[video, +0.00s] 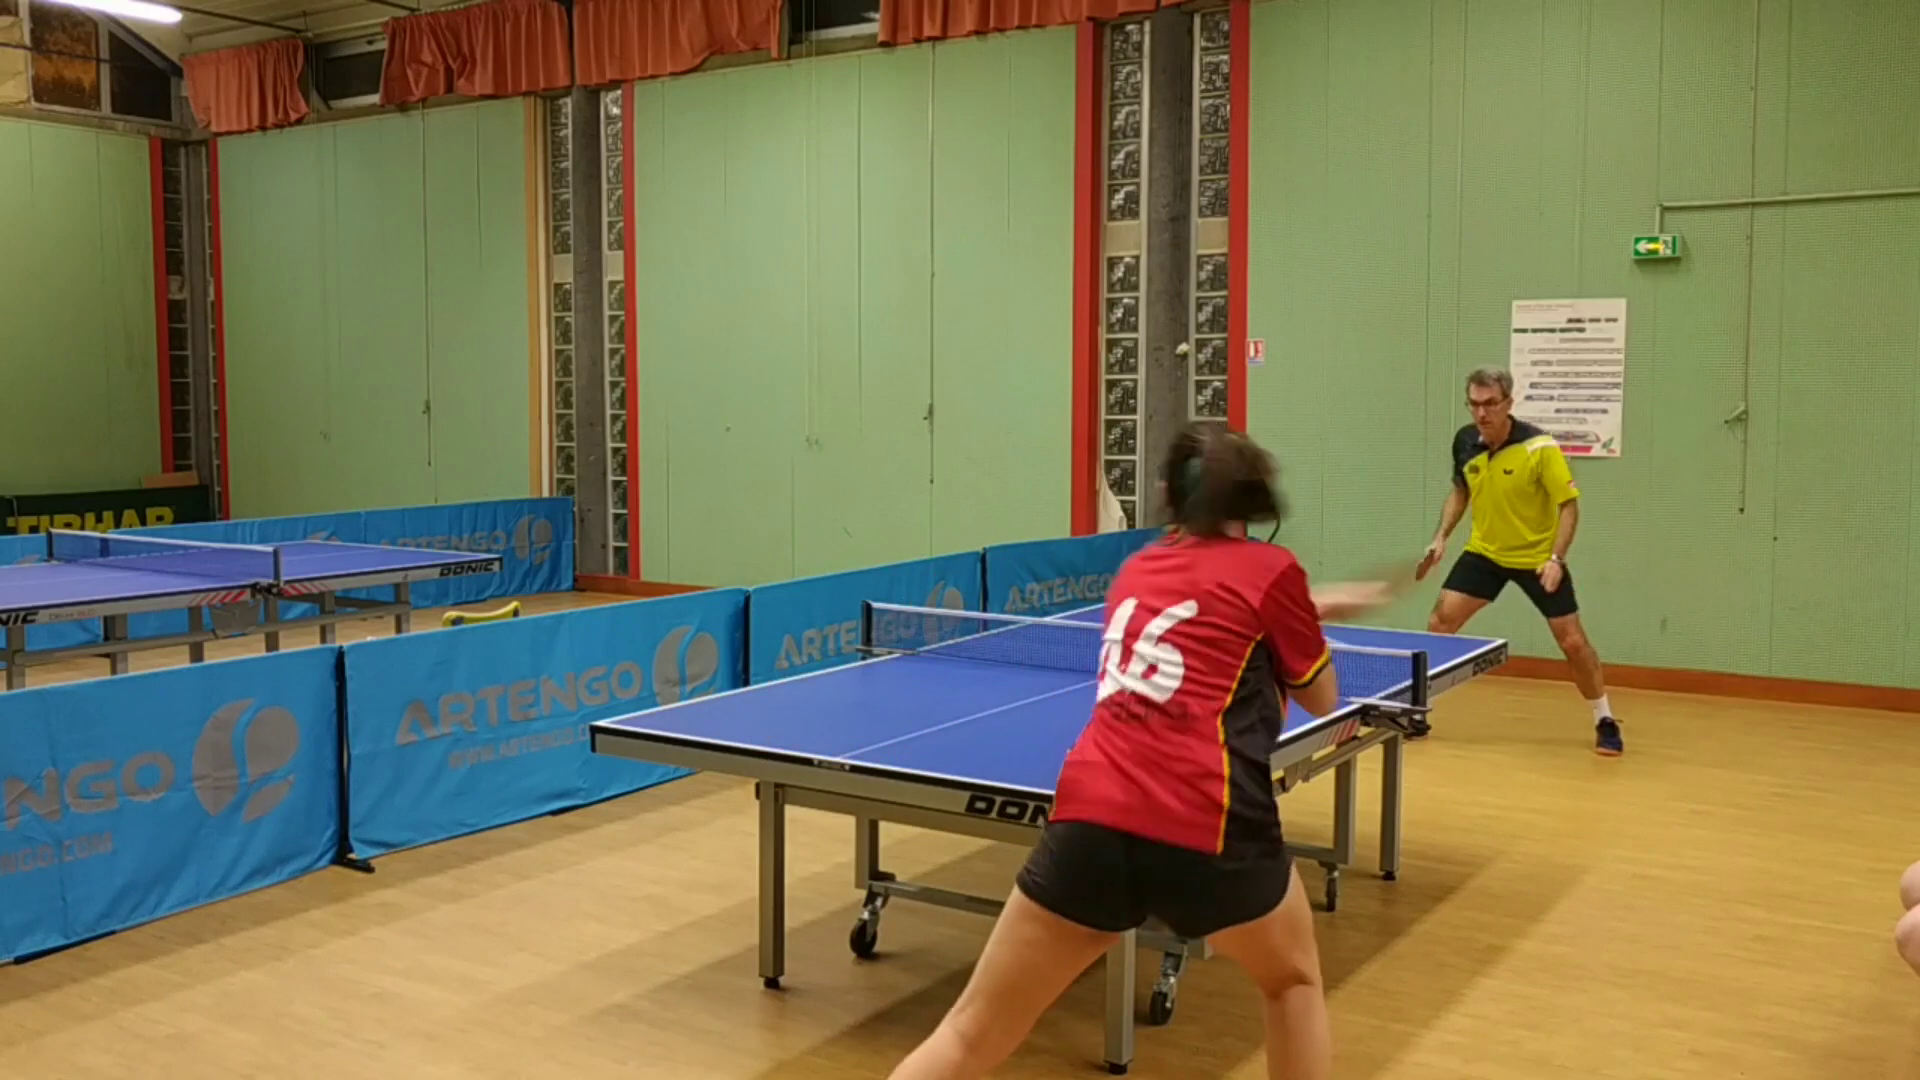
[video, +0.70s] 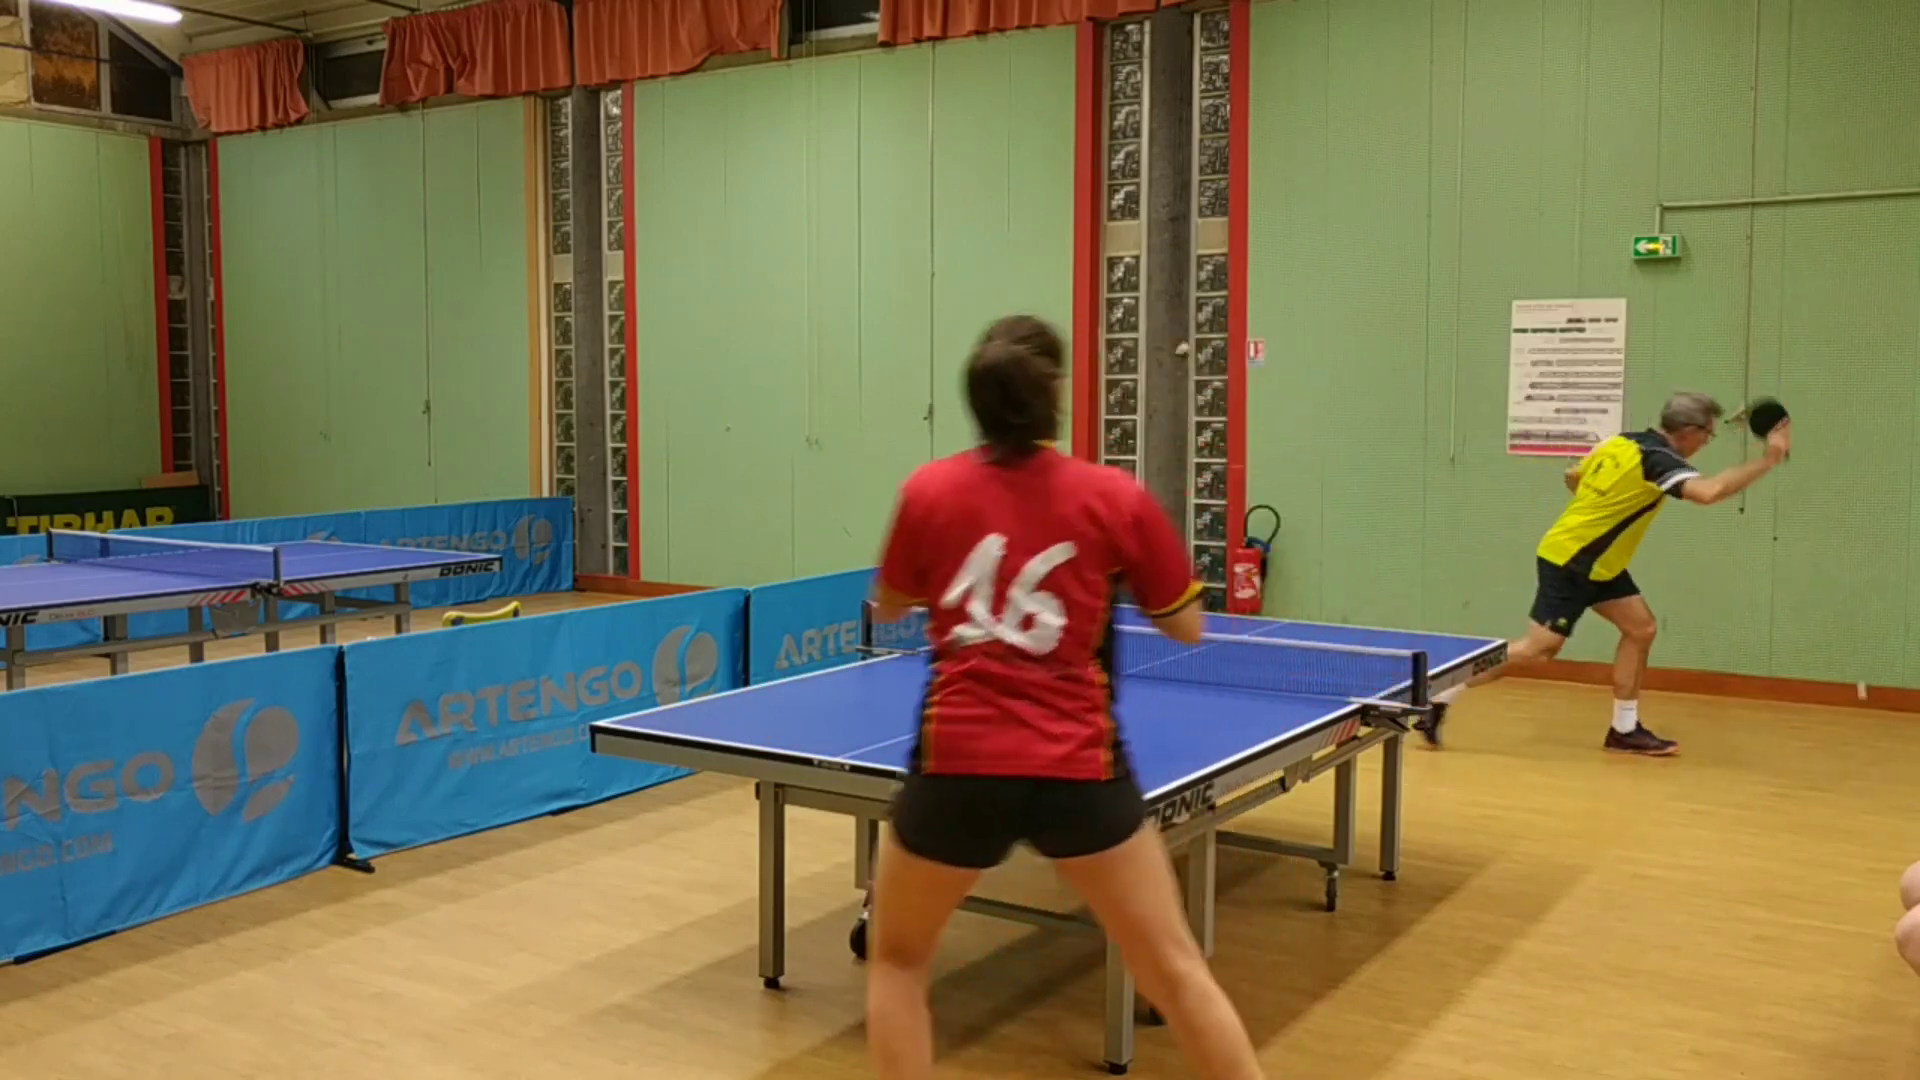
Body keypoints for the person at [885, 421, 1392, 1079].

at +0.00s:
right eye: (1249, 486)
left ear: (1172, 497)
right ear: (1249, 499)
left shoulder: (1138, 566)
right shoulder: (1273, 571)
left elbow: (1206, 623)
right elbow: (1319, 696)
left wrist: (1313, 606)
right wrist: (1274, 631)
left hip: (1091, 828)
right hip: (1213, 837)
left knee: (966, 1037)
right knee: (1291, 985)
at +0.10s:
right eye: (1305, 493)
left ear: (1226, 498)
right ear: (1297, 505)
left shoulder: (1180, 563)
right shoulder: (1297, 564)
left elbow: (1331, 657)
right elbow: (1347, 712)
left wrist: (1453, 622)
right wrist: (1319, 719)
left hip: (1095, 793)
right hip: (1211, 808)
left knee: (975, 1011)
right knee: (1299, 983)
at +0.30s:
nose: (1314, 446)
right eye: (1309, 436)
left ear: (1226, 446)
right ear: (1301, 448)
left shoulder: (1182, 509)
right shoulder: (1312, 525)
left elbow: (1247, 650)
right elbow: (1353, 682)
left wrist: (1373, 672)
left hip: (1092, 749)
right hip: (1209, 770)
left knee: (983, 965)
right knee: (1284, 977)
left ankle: (890, 1074)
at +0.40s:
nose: (1280, 411)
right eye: (1275, 400)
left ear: (1189, 411)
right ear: (1267, 414)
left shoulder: (1143, 481)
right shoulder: (1293, 502)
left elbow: (1191, 595)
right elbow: (1339, 653)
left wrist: (1322, 642)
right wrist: (1266, 621)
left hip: (1082, 740)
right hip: (1202, 761)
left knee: (976, 944)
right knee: (1268, 974)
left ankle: (888, 1077)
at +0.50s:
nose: (1227, 381)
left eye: (1222, 370)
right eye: (1222, 372)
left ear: (1128, 392)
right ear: (1212, 391)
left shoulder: (1084, 468)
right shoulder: (1252, 486)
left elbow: (1100, 575)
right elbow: (1303, 623)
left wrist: (1224, 571)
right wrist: (1231, 571)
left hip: (1056, 736)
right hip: (1180, 752)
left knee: (960, 943)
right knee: (1247, 969)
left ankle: (893, 1074)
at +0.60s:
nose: (1150, 376)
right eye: (1146, 367)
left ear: (1058, 388)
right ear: (1139, 384)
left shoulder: (1013, 473)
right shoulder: (1193, 485)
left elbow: (985, 583)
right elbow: (1251, 617)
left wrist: (1081, 562)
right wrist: (1195, 561)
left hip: (1018, 759)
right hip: (1139, 764)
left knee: (942, 950)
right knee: (1221, 971)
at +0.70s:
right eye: (1055, 382)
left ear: (974, 400)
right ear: (1057, 397)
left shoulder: (932, 493)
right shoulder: (1112, 497)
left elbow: (890, 599)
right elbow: (1185, 626)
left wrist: (971, 561)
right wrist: (1114, 570)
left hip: (960, 774)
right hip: (1080, 773)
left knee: (898, 961)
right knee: (1179, 975)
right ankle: (1249, 1078)